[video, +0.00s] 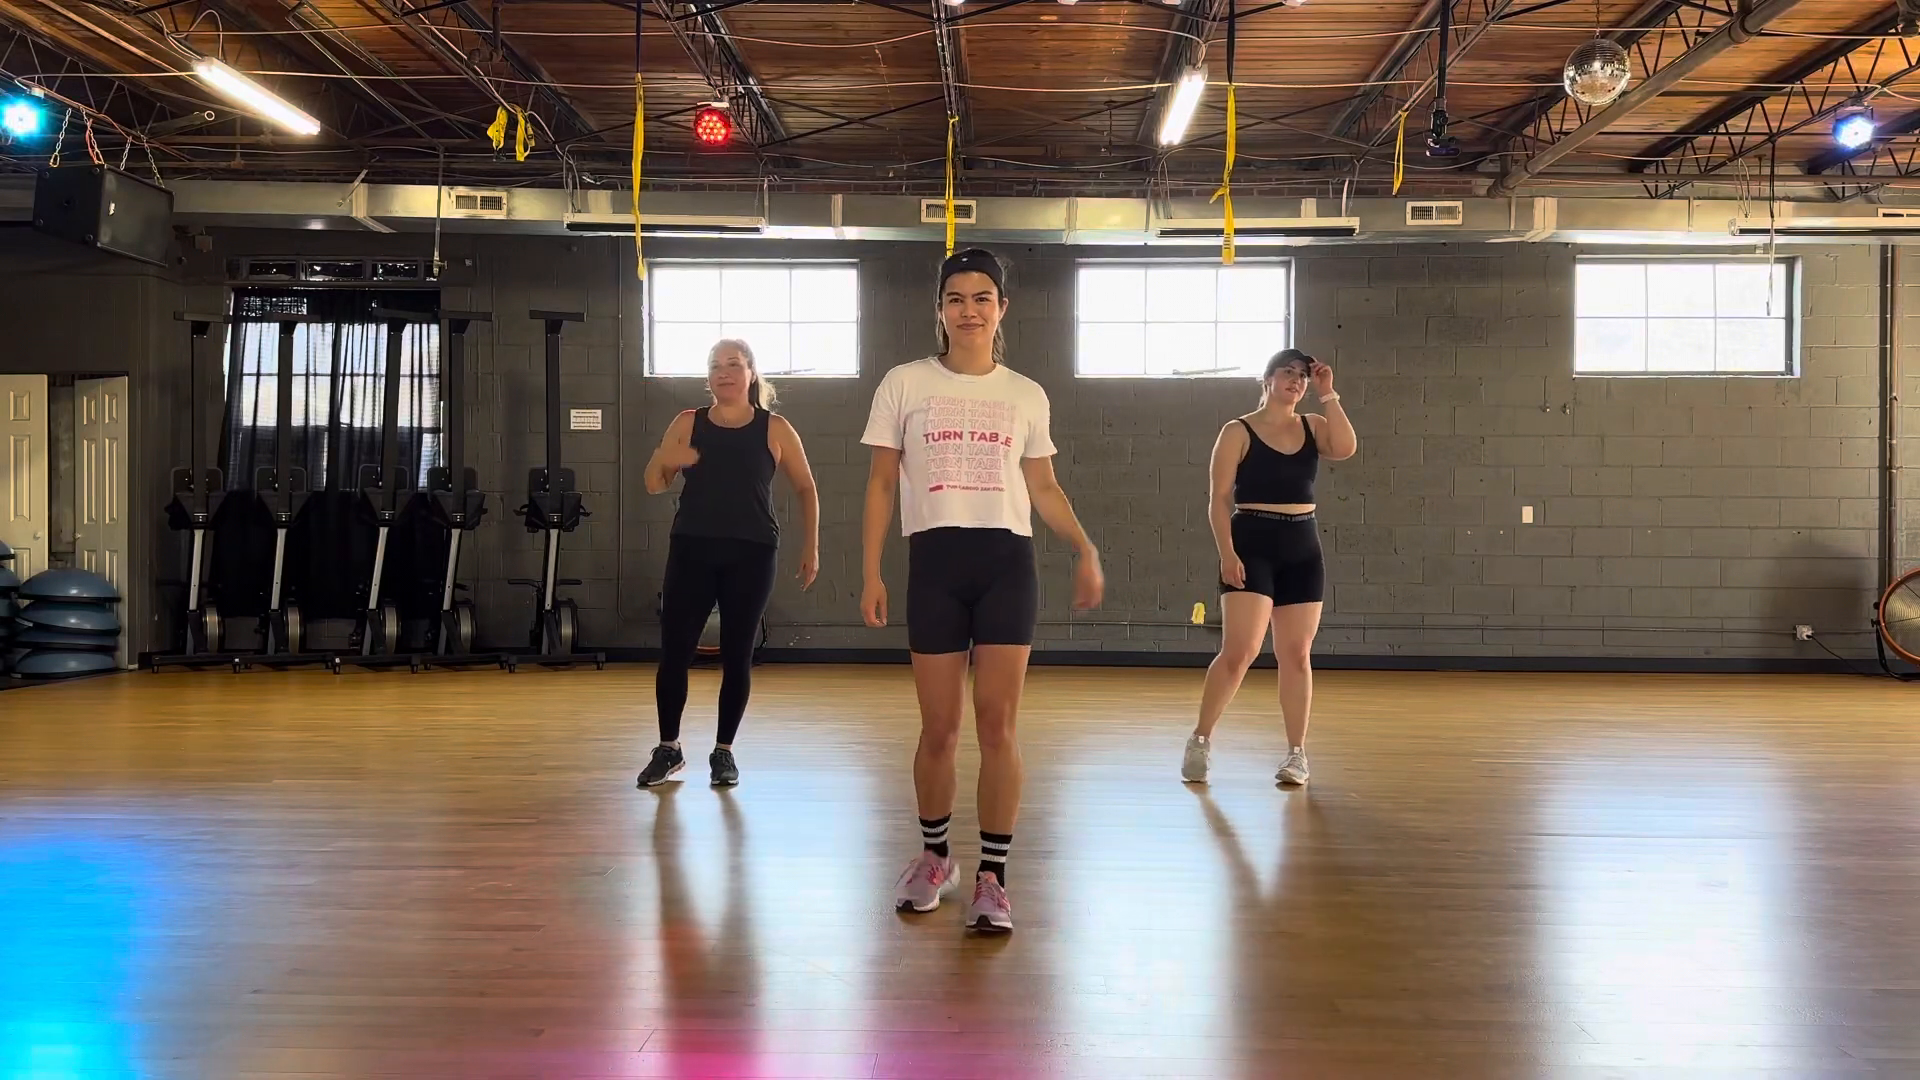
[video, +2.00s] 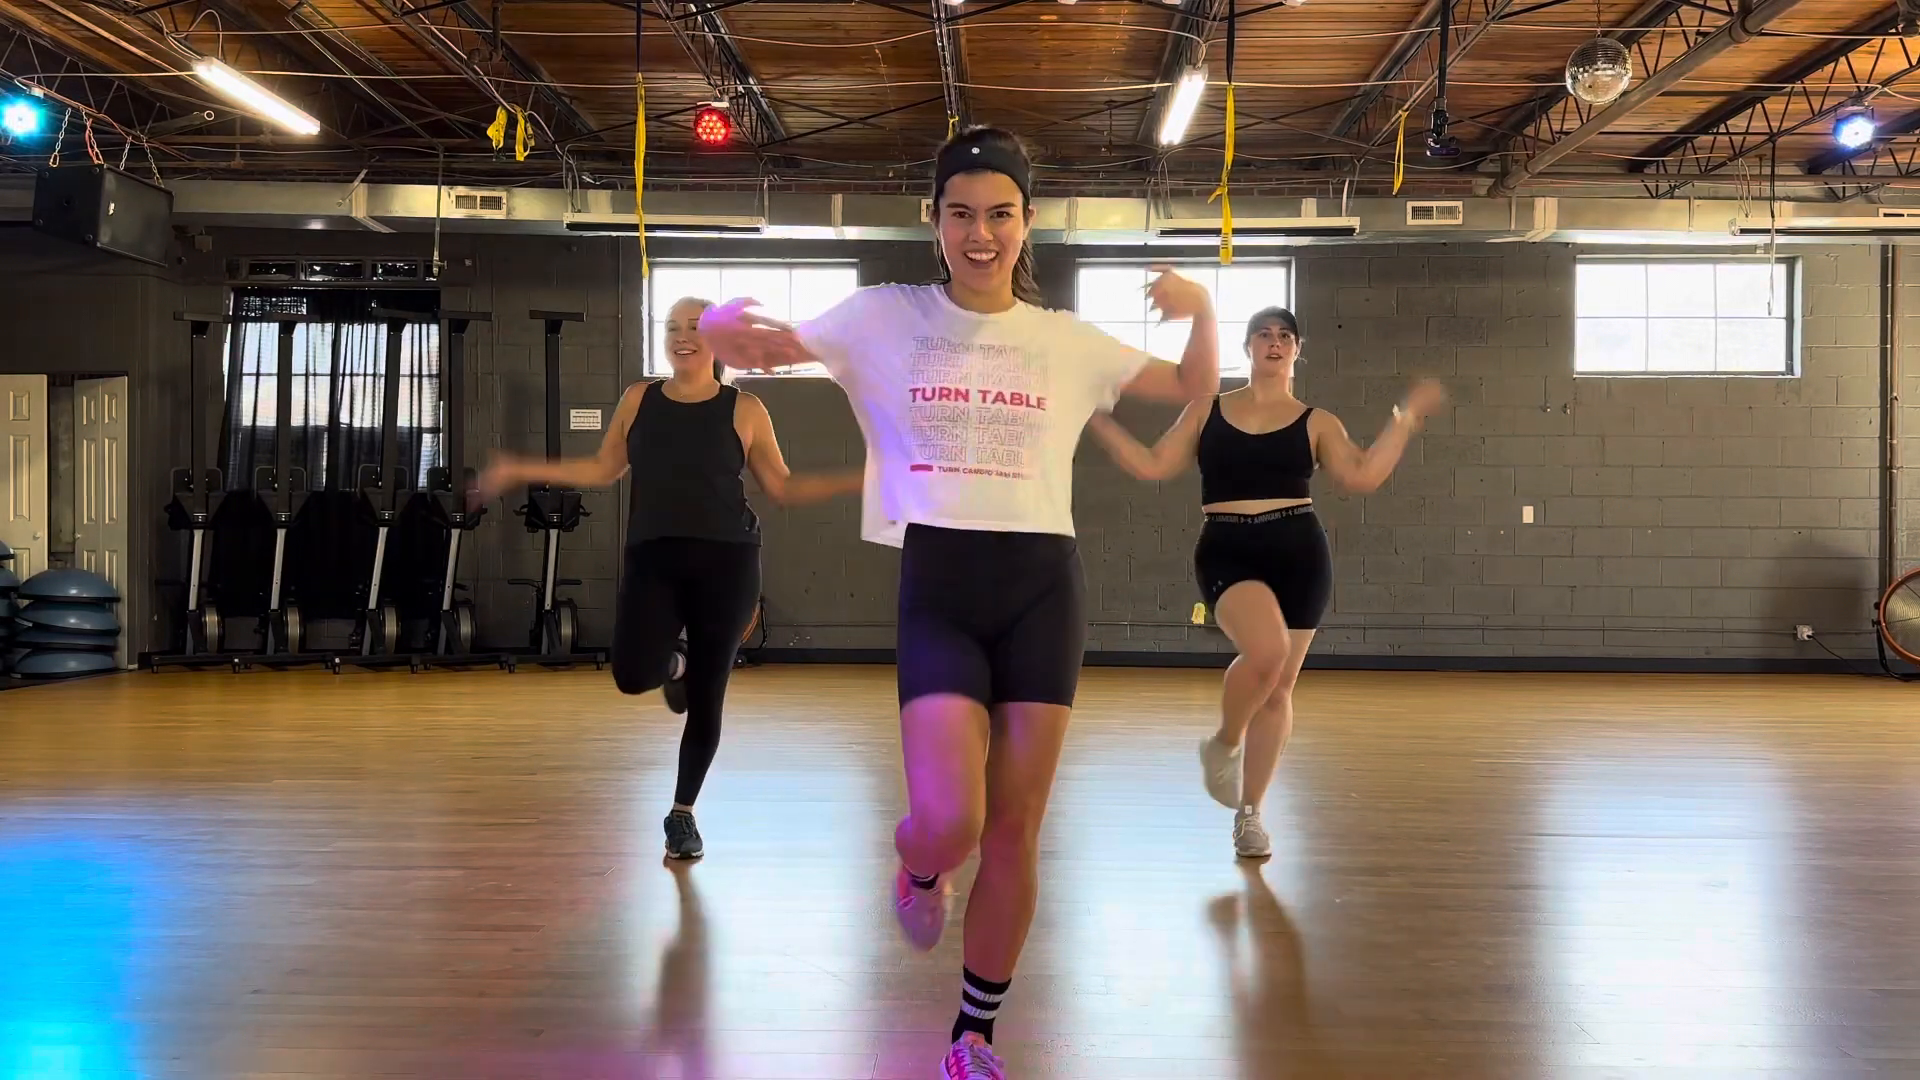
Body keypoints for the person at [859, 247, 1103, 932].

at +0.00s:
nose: (968, 308)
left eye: (980, 297)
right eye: (956, 297)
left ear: (1000, 308)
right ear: (940, 309)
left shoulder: (1026, 395)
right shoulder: (903, 384)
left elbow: (1043, 486)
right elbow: (882, 482)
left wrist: (1086, 548)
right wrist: (872, 572)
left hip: (1006, 565)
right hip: (932, 563)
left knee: (997, 726)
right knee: (938, 730)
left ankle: (992, 879)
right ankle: (934, 858)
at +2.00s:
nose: (981, 231)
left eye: (1000, 212)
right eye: (961, 212)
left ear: (1027, 225)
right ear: (935, 223)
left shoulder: (1067, 339)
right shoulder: (881, 319)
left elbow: (1188, 390)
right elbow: (722, 337)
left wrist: (1203, 311)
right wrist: (729, 333)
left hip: (1043, 585)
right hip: (937, 582)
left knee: (1013, 826)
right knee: (943, 825)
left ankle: (974, 1036)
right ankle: (921, 869)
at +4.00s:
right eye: (1107, 184)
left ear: (1022, 199)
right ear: (1107, 200)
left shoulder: (972, 317)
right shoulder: (1145, 311)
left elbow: (910, 443)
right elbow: (1173, 443)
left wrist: (873, 511)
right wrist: (1213, 575)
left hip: (1004, 570)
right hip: (1113, 566)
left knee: (1023, 801)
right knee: (1099, 720)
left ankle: (1038, 1032)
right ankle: (1108, 860)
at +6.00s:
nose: (986, 344)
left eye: (990, 334)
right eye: (989, 334)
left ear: (1007, 338)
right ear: (1053, 338)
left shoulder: (989, 386)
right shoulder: (1091, 398)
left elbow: (939, 420)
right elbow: (1160, 426)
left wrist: (958, 493)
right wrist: (1102, 474)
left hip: (1017, 572)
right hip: (1076, 574)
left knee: (1023, 724)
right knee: (1027, 714)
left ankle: (1057, 855)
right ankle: (1015, 835)